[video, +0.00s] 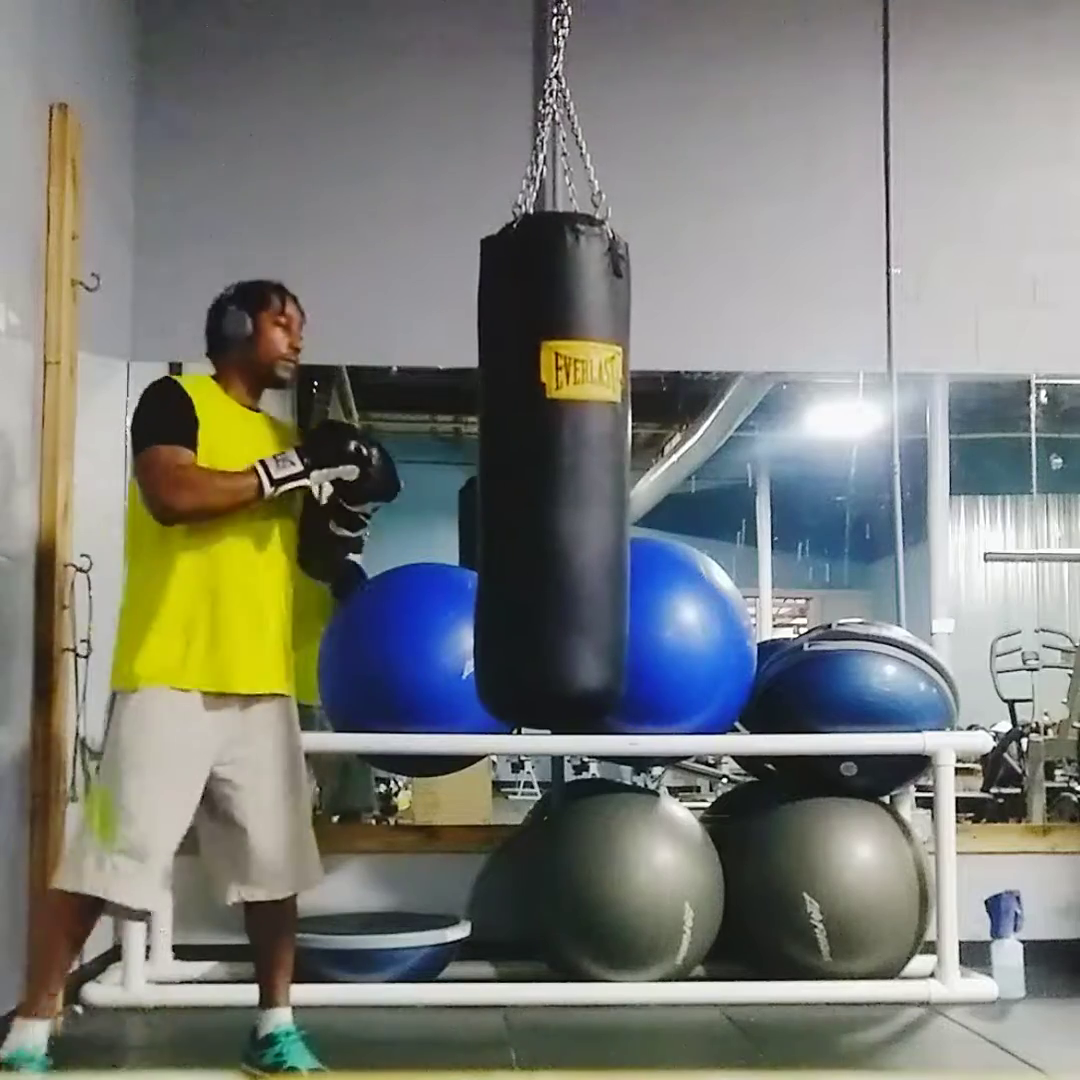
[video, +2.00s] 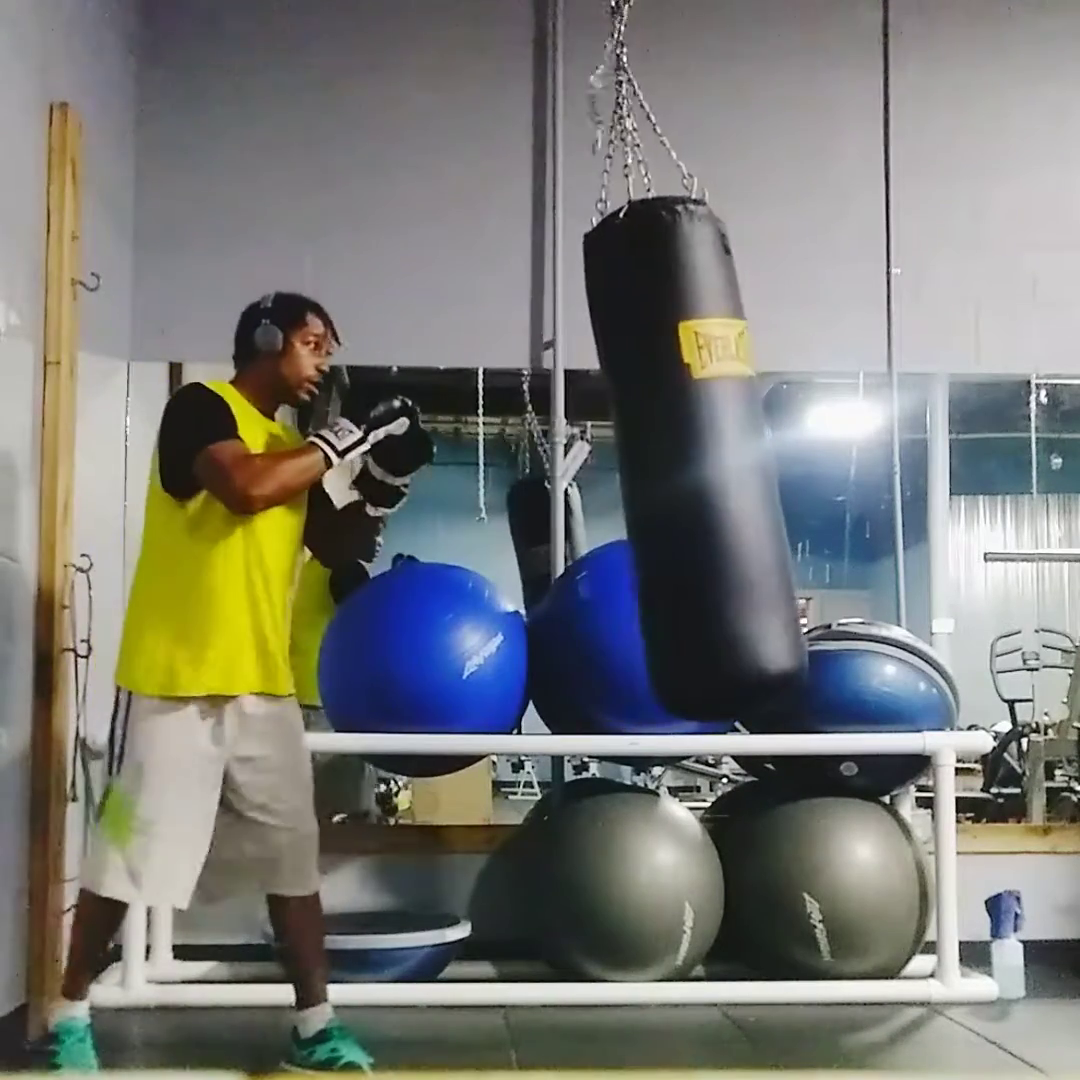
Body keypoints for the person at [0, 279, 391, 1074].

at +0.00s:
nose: (298, 340)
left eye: (299, 329)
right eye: (286, 324)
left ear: (270, 339)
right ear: (241, 326)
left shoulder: (281, 439)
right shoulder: (174, 399)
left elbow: (309, 560)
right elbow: (170, 493)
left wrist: (341, 514)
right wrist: (294, 464)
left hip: (261, 675)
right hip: (168, 669)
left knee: (273, 857)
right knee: (107, 849)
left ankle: (276, 1026)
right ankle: (32, 1024)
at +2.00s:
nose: (325, 360)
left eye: (329, 350)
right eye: (314, 343)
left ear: (307, 360)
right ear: (268, 340)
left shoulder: (293, 446)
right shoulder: (198, 404)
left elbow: (333, 548)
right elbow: (247, 485)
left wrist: (374, 490)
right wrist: (340, 443)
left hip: (262, 677)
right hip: (174, 670)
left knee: (292, 851)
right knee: (128, 853)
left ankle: (316, 1026)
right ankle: (67, 1015)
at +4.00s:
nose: (425, 394)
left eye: (436, 385)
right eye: (411, 381)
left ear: (445, 398)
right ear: (376, 387)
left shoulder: (451, 468)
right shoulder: (333, 453)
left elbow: (525, 578)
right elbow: (312, 528)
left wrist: (504, 500)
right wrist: (401, 461)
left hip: (447, 681)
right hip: (352, 682)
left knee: (493, 842)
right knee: (333, 848)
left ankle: (536, 1007)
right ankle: (323, 992)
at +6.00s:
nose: (674, 388)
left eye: (684, 376)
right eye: (678, 377)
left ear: (719, 383)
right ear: (715, 385)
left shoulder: (769, 460)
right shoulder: (695, 481)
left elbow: (834, 564)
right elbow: (692, 596)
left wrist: (725, 561)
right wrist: (637, 541)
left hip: (772, 680)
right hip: (733, 682)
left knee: (695, 834)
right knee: (798, 848)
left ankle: (716, 1029)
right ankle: (906, 997)